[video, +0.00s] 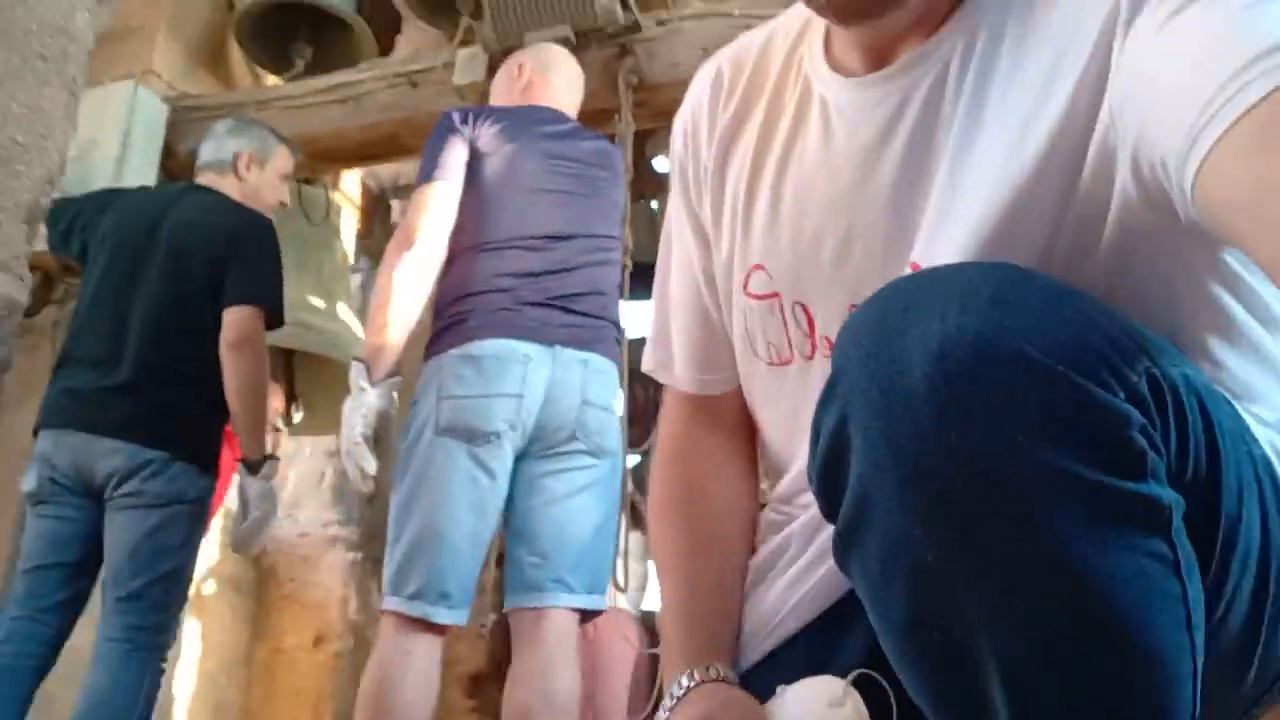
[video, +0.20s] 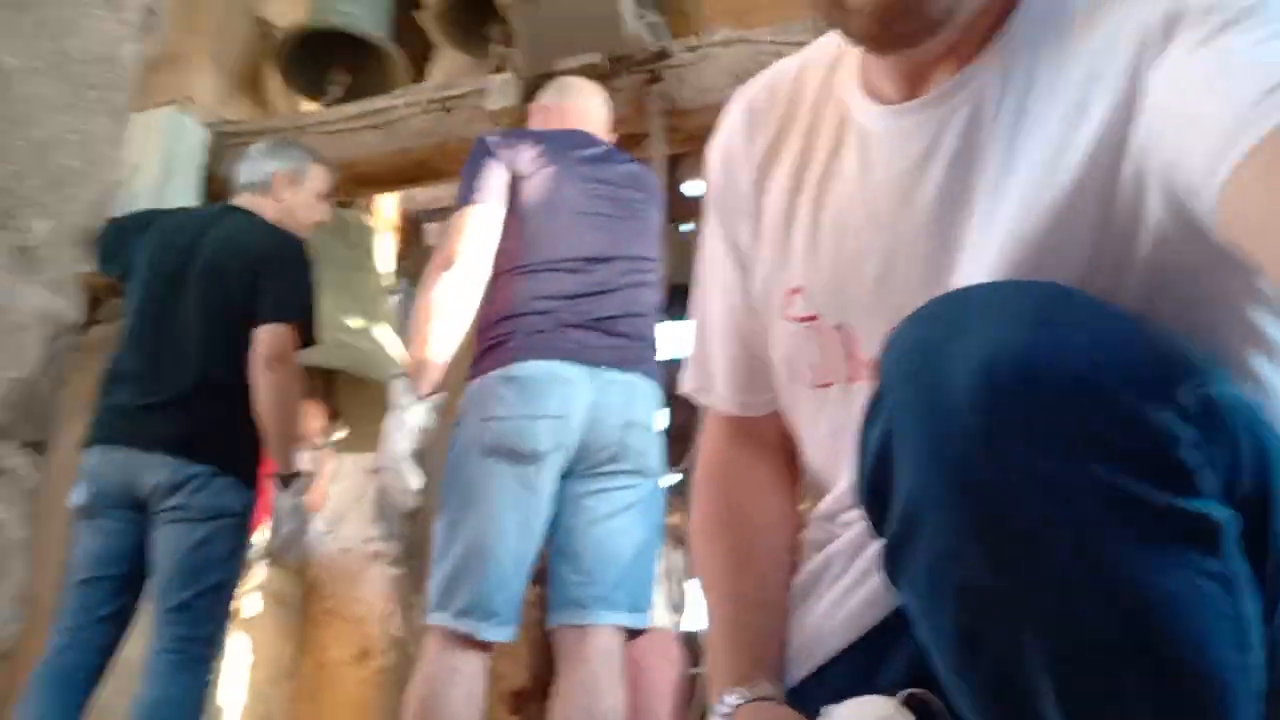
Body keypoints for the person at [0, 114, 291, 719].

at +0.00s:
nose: (288, 198)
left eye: (291, 183)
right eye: (284, 179)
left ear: (216, 167)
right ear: (244, 164)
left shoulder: (124, 206)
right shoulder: (247, 230)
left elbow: (55, 217)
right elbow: (241, 340)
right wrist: (256, 462)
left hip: (66, 433)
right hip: (164, 453)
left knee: (30, 616)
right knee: (132, 636)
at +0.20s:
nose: (327, 214)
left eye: (329, 200)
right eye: (322, 197)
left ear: (249, 188)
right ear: (279, 187)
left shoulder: (164, 226)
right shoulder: (278, 251)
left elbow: (102, 240)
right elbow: (271, 359)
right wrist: (287, 468)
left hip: (113, 451)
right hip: (204, 468)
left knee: (80, 633)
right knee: (183, 650)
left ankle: (35, 714)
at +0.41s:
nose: (409, 199)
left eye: (412, 186)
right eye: (405, 182)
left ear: (340, 173)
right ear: (366, 171)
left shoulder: (258, 216)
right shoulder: (369, 237)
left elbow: (195, 231)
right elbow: (362, 338)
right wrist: (376, 458)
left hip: (210, 438)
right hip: (298, 453)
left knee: (182, 621)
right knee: (279, 633)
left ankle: (138, 714)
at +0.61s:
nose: (418, 198)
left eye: (421, 184)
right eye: (413, 180)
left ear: (346, 173)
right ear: (374, 171)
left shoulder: (265, 219)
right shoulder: (378, 236)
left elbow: (204, 231)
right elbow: (374, 340)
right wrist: (394, 462)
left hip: (222, 443)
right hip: (310, 456)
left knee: (193, 625)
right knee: (291, 635)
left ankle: (149, 717)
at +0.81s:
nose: (360, 207)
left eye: (363, 193)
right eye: (357, 189)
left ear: (283, 179)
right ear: (320, 177)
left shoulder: (205, 219)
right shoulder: (320, 243)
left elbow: (143, 240)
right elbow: (313, 350)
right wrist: (329, 465)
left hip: (152, 444)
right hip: (245, 459)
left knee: (118, 634)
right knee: (218, 649)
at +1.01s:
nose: (263, 190)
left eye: (267, 175)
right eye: (260, 171)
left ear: (187, 157)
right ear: (222, 158)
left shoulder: (96, 199)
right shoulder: (220, 222)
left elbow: (26, 212)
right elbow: (211, 339)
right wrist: (228, 457)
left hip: (39, 434)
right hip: (140, 450)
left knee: (12, 627)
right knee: (115, 641)